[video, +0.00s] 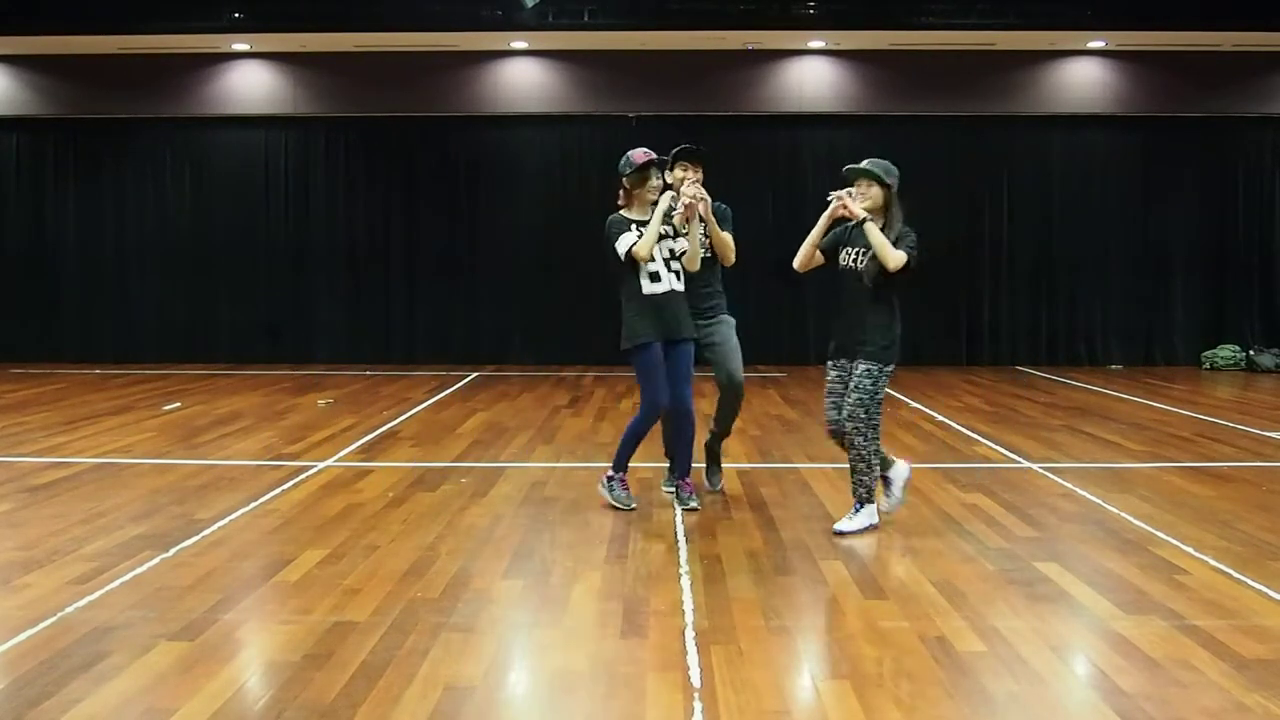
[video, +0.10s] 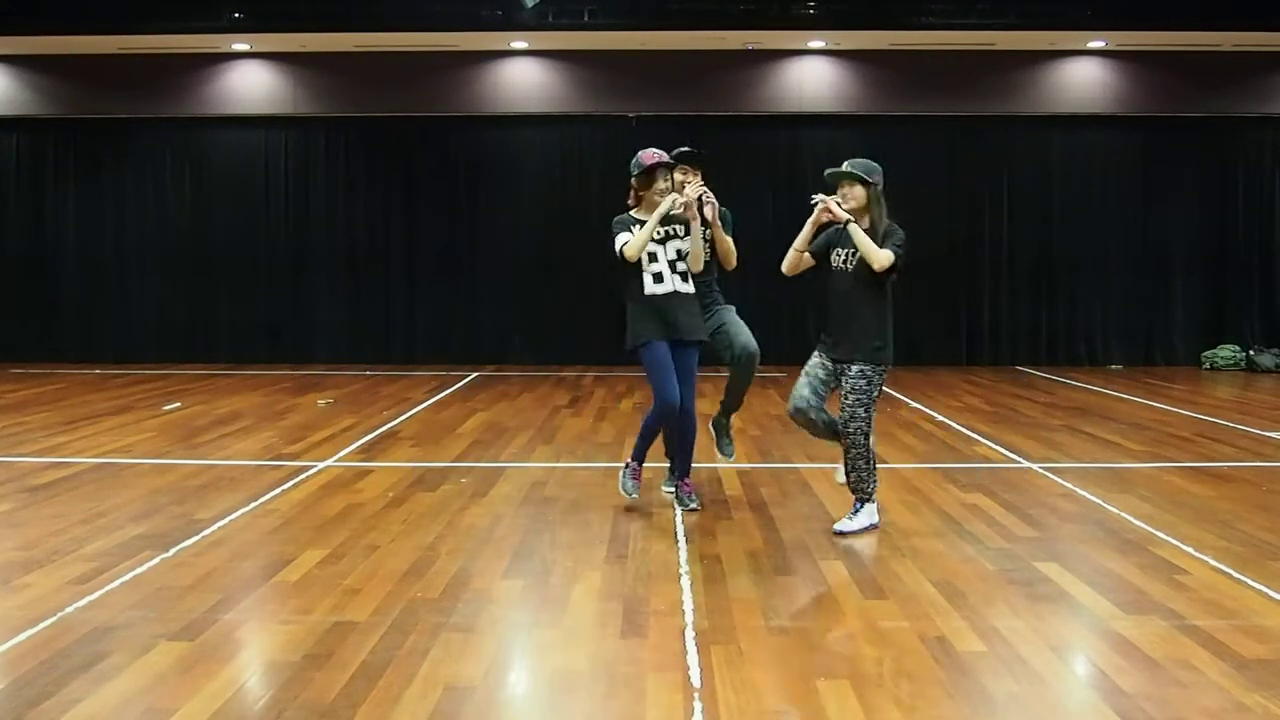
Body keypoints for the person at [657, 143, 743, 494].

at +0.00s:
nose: (691, 176)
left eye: (696, 171)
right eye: (683, 170)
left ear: (704, 177)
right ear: (670, 175)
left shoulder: (718, 211)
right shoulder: (662, 210)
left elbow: (728, 257)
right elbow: (653, 249)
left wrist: (709, 218)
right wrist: (678, 208)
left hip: (714, 315)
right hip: (675, 316)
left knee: (734, 380)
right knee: (673, 392)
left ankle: (715, 446)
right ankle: (676, 463)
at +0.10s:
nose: (688, 180)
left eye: (693, 174)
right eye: (682, 175)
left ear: (702, 179)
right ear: (669, 180)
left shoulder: (714, 212)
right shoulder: (661, 215)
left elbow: (729, 263)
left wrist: (714, 223)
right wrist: (681, 208)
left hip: (711, 304)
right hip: (671, 308)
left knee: (747, 351)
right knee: (674, 387)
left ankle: (723, 419)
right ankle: (675, 462)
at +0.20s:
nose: (690, 176)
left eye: (695, 170)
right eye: (684, 170)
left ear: (704, 174)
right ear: (673, 174)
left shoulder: (713, 205)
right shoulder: (663, 209)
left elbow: (732, 258)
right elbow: (657, 244)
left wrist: (718, 218)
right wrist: (683, 204)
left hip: (712, 301)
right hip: (672, 304)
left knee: (752, 348)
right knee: (678, 385)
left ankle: (729, 418)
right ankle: (675, 462)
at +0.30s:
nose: (693, 173)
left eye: (698, 167)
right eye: (687, 167)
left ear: (708, 172)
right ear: (675, 171)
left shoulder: (720, 206)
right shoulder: (665, 209)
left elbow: (735, 253)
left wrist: (719, 211)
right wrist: (686, 199)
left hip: (715, 306)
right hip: (675, 308)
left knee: (747, 369)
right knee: (679, 389)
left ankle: (729, 437)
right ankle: (674, 461)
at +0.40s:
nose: (700, 175)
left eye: (705, 169)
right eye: (692, 168)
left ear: (715, 174)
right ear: (680, 174)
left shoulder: (729, 212)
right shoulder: (672, 214)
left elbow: (740, 252)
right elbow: (662, 247)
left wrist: (719, 213)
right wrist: (685, 201)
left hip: (719, 316)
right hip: (680, 315)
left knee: (736, 397)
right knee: (680, 398)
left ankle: (726, 462)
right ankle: (676, 466)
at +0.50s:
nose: (703, 178)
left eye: (709, 173)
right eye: (696, 172)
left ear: (719, 179)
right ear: (685, 178)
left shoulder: (733, 215)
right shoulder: (678, 214)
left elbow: (739, 255)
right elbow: (670, 249)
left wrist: (718, 217)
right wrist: (689, 206)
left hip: (722, 318)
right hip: (684, 318)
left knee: (729, 398)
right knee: (681, 398)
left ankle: (723, 465)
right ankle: (679, 468)